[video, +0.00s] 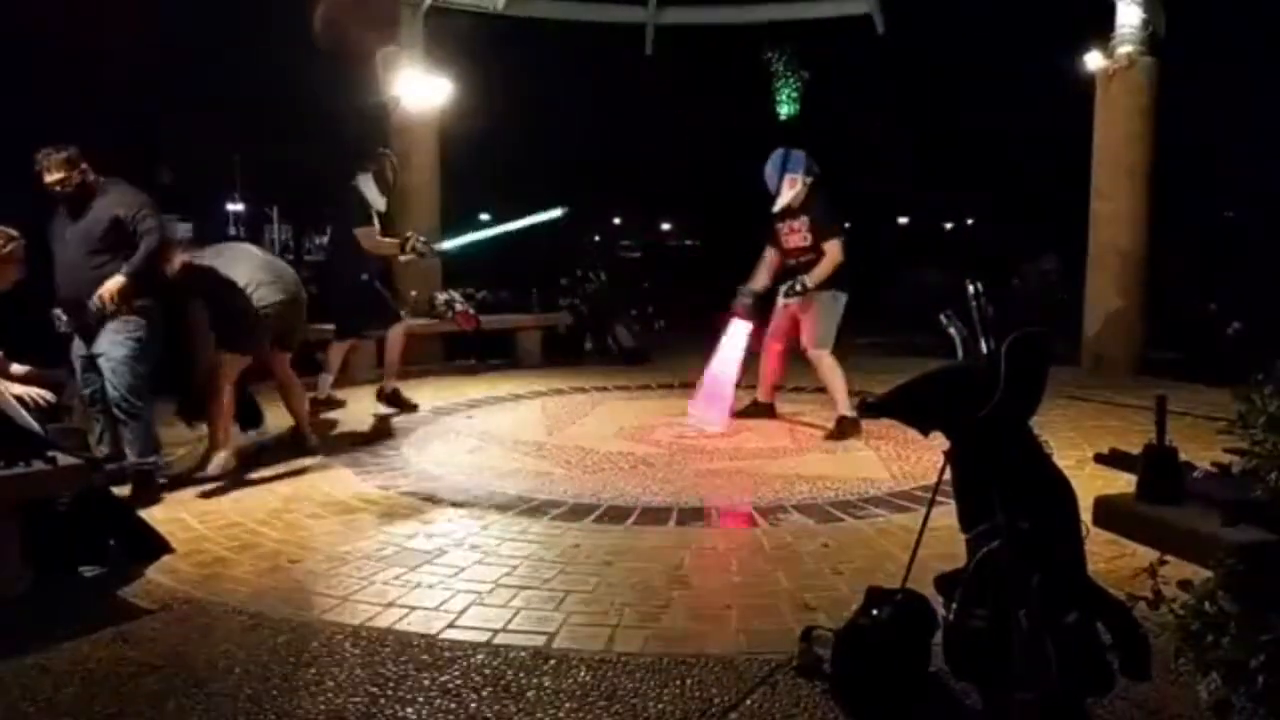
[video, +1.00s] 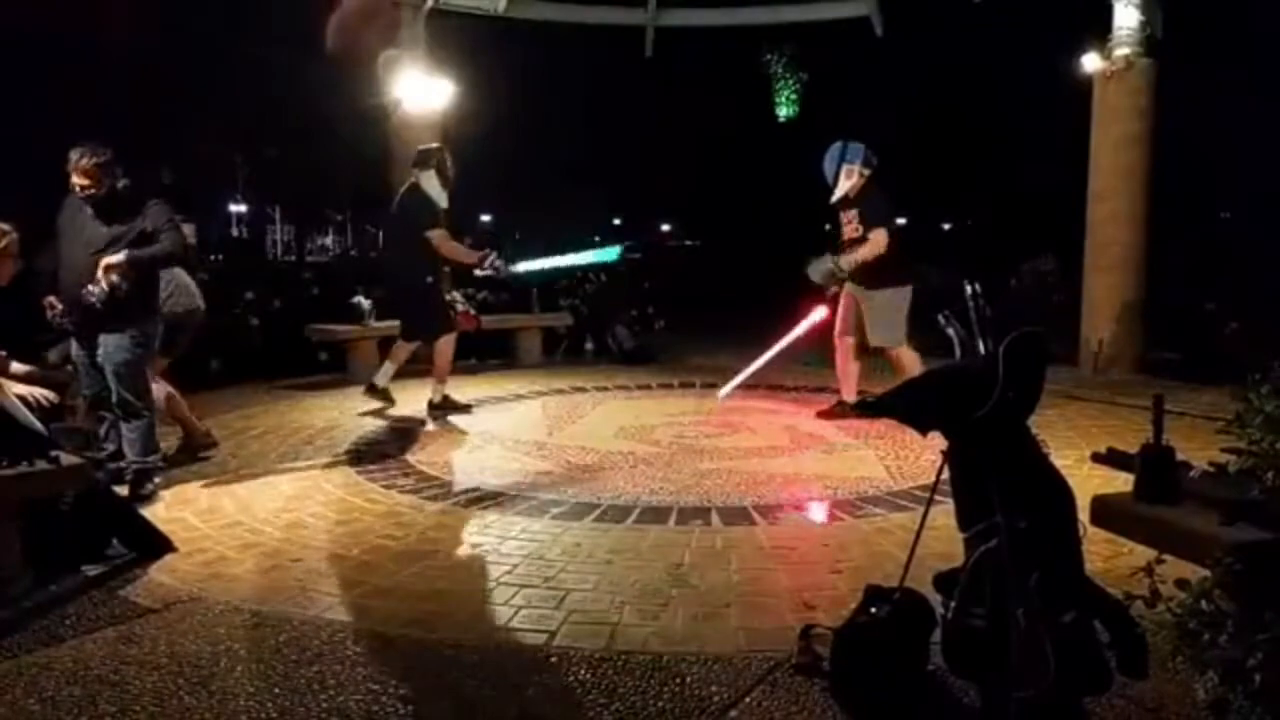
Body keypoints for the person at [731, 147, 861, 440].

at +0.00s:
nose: (784, 189)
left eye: (790, 182)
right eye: (781, 183)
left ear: (802, 180)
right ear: (776, 182)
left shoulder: (821, 208)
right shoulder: (778, 215)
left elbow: (835, 254)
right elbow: (770, 258)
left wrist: (805, 282)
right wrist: (751, 292)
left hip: (825, 286)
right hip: (790, 287)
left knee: (817, 348)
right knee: (773, 340)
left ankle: (847, 414)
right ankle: (763, 400)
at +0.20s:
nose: (805, 181)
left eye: (810, 173)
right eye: (801, 174)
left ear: (823, 171)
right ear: (795, 173)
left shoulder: (839, 200)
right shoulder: (800, 205)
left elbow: (853, 246)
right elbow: (800, 247)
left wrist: (824, 280)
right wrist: (793, 286)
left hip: (843, 280)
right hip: (810, 281)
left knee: (832, 345)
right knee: (795, 337)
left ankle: (845, 412)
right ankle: (798, 402)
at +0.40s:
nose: (813, 175)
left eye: (819, 168)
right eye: (811, 168)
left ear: (832, 168)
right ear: (808, 169)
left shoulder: (848, 198)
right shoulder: (812, 202)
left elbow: (869, 241)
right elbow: (811, 244)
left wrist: (854, 279)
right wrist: (801, 282)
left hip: (849, 285)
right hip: (820, 286)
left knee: (842, 345)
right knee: (807, 335)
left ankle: (849, 411)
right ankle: (826, 395)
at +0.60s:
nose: (825, 181)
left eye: (831, 174)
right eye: (822, 174)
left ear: (843, 173)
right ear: (816, 174)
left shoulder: (859, 203)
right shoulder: (820, 208)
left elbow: (885, 240)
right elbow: (815, 248)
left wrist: (886, 283)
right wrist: (802, 281)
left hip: (856, 285)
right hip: (829, 286)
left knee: (848, 344)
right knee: (826, 343)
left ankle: (849, 411)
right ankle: (843, 399)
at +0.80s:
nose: (836, 177)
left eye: (842, 171)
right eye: (833, 170)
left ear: (854, 172)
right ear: (826, 170)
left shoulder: (865, 199)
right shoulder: (830, 203)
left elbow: (888, 238)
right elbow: (831, 242)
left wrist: (872, 274)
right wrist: (818, 275)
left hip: (866, 280)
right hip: (842, 281)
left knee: (867, 338)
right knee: (840, 335)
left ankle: (884, 400)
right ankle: (847, 397)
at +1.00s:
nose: (843, 182)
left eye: (847, 175)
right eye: (840, 175)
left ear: (857, 173)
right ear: (836, 173)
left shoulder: (874, 198)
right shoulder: (842, 202)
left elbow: (880, 242)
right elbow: (848, 244)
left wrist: (841, 264)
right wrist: (835, 270)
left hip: (888, 283)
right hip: (855, 282)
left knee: (893, 344)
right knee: (844, 339)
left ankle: (924, 398)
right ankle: (848, 399)